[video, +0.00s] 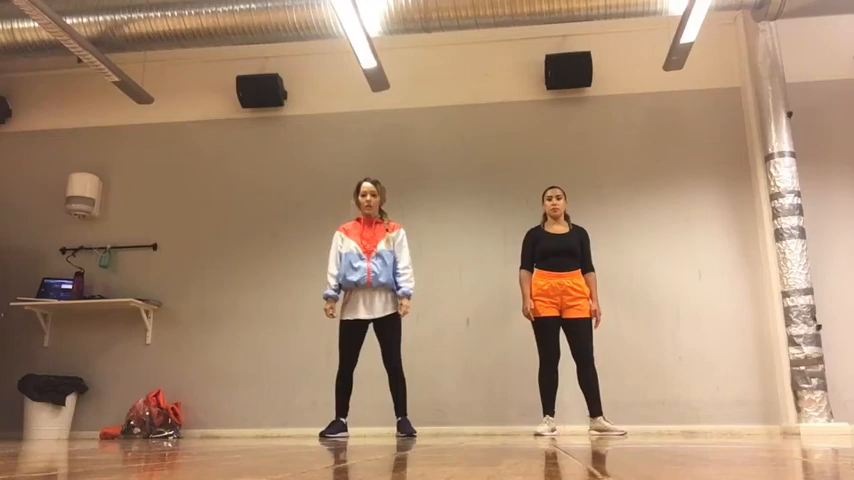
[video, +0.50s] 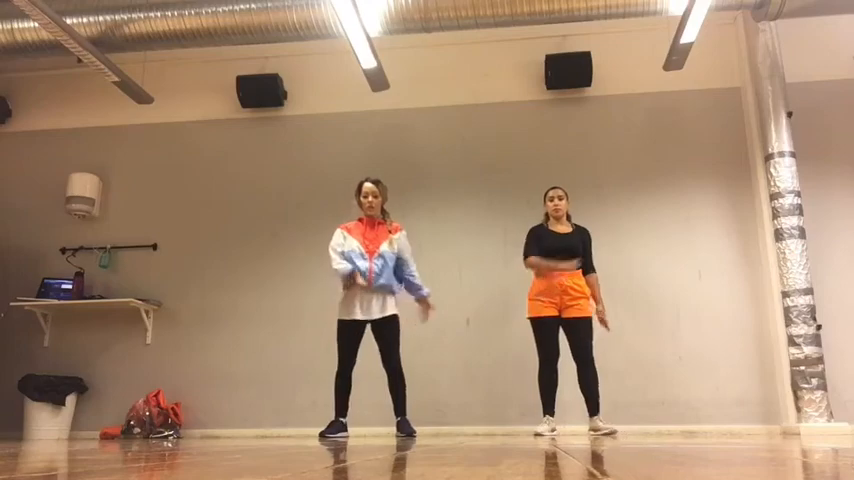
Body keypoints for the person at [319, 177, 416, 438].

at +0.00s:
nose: (368, 199)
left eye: (372, 195)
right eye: (363, 195)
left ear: (380, 199)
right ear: (356, 199)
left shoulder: (394, 231)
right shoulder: (344, 232)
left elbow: (403, 265)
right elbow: (334, 267)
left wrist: (405, 293)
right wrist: (331, 296)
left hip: (386, 303)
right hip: (353, 304)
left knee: (393, 364)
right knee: (346, 365)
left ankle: (402, 419)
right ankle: (340, 420)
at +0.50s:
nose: (369, 200)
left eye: (374, 195)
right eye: (365, 196)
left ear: (383, 199)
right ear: (358, 199)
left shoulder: (395, 231)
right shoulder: (345, 231)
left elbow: (407, 268)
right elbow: (336, 260)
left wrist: (422, 296)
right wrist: (352, 272)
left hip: (385, 306)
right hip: (353, 307)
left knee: (393, 366)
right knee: (345, 367)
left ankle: (402, 420)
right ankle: (340, 421)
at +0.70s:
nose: (377, 206)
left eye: (382, 201)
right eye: (372, 202)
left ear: (391, 204)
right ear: (366, 206)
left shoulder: (408, 238)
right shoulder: (356, 238)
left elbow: (434, 253)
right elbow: (341, 254)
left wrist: (463, 252)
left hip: (388, 312)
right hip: (358, 310)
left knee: (396, 369)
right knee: (343, 366)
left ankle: (400, 421)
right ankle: (338, 420)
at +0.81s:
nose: (383, 206)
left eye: (388, 201)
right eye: (379, 202)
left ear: (398, 204)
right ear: (373, 206)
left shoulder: (418, 232)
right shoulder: (363, 237)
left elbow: (451, 232)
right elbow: (334, 250)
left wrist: (474, 215)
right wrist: (304, 252)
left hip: (402, 311)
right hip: (371, 309)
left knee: (404, 370)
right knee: (335, 343)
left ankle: (402, 421)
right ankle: (334, 401)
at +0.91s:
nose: (388, 207)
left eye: (393, 202)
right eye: (383, 203)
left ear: (403, 204)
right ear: (378, 206)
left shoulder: (420, 231)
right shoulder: (365, 238)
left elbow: (446, 227)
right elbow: (336, 253)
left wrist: (450, 200)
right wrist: (302, 256)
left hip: (411, 313)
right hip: (383, 310)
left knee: (411, 371)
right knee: (357, 313)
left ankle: (403, 420)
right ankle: (351, 371)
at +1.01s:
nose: (392, 210)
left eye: (398, 205)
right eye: (388, 206)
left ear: (407, 207)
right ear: (382, 209)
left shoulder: (417, 232)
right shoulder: (371, 237)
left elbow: (433, 242)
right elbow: (348, 255)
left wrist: (410, 230)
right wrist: (324, 255)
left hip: (411, 307)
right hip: (382, 306)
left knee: (414, 370)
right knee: (394, 329)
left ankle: (405, 419)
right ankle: (391, 386)